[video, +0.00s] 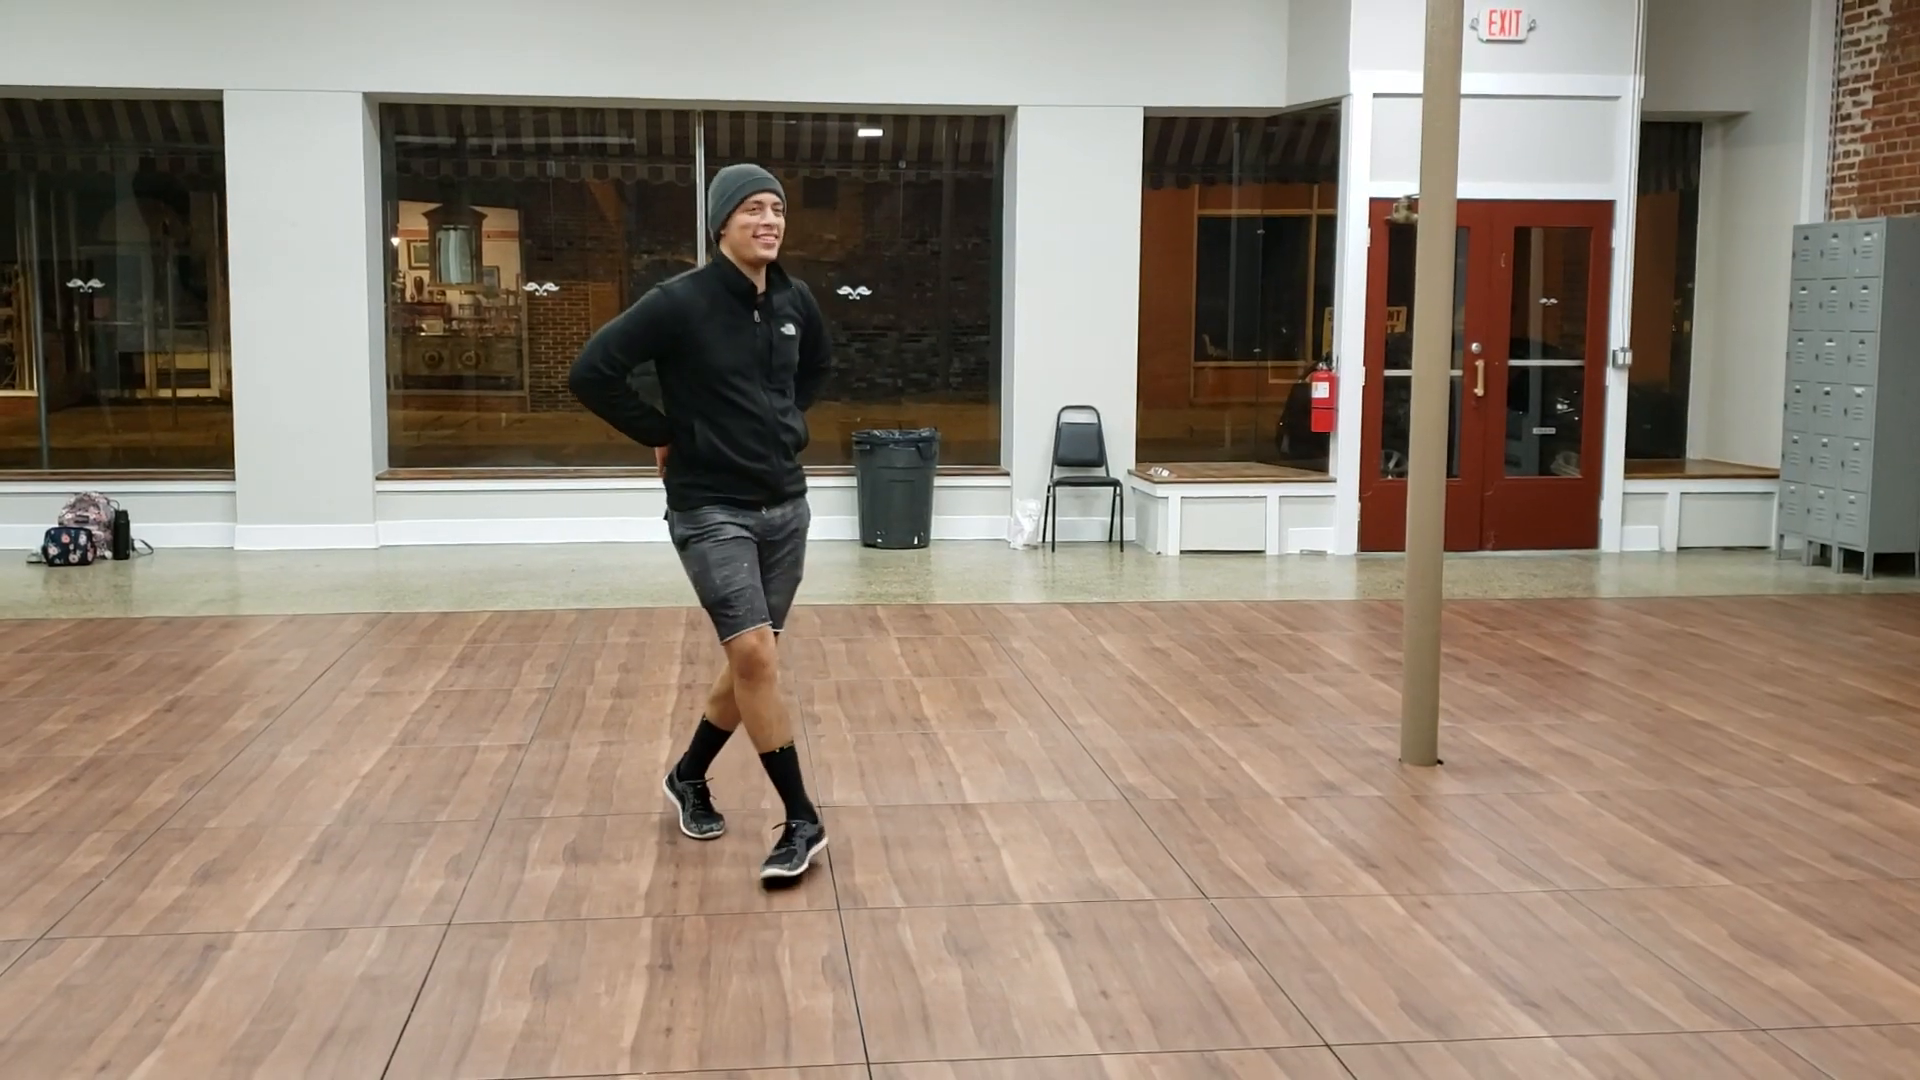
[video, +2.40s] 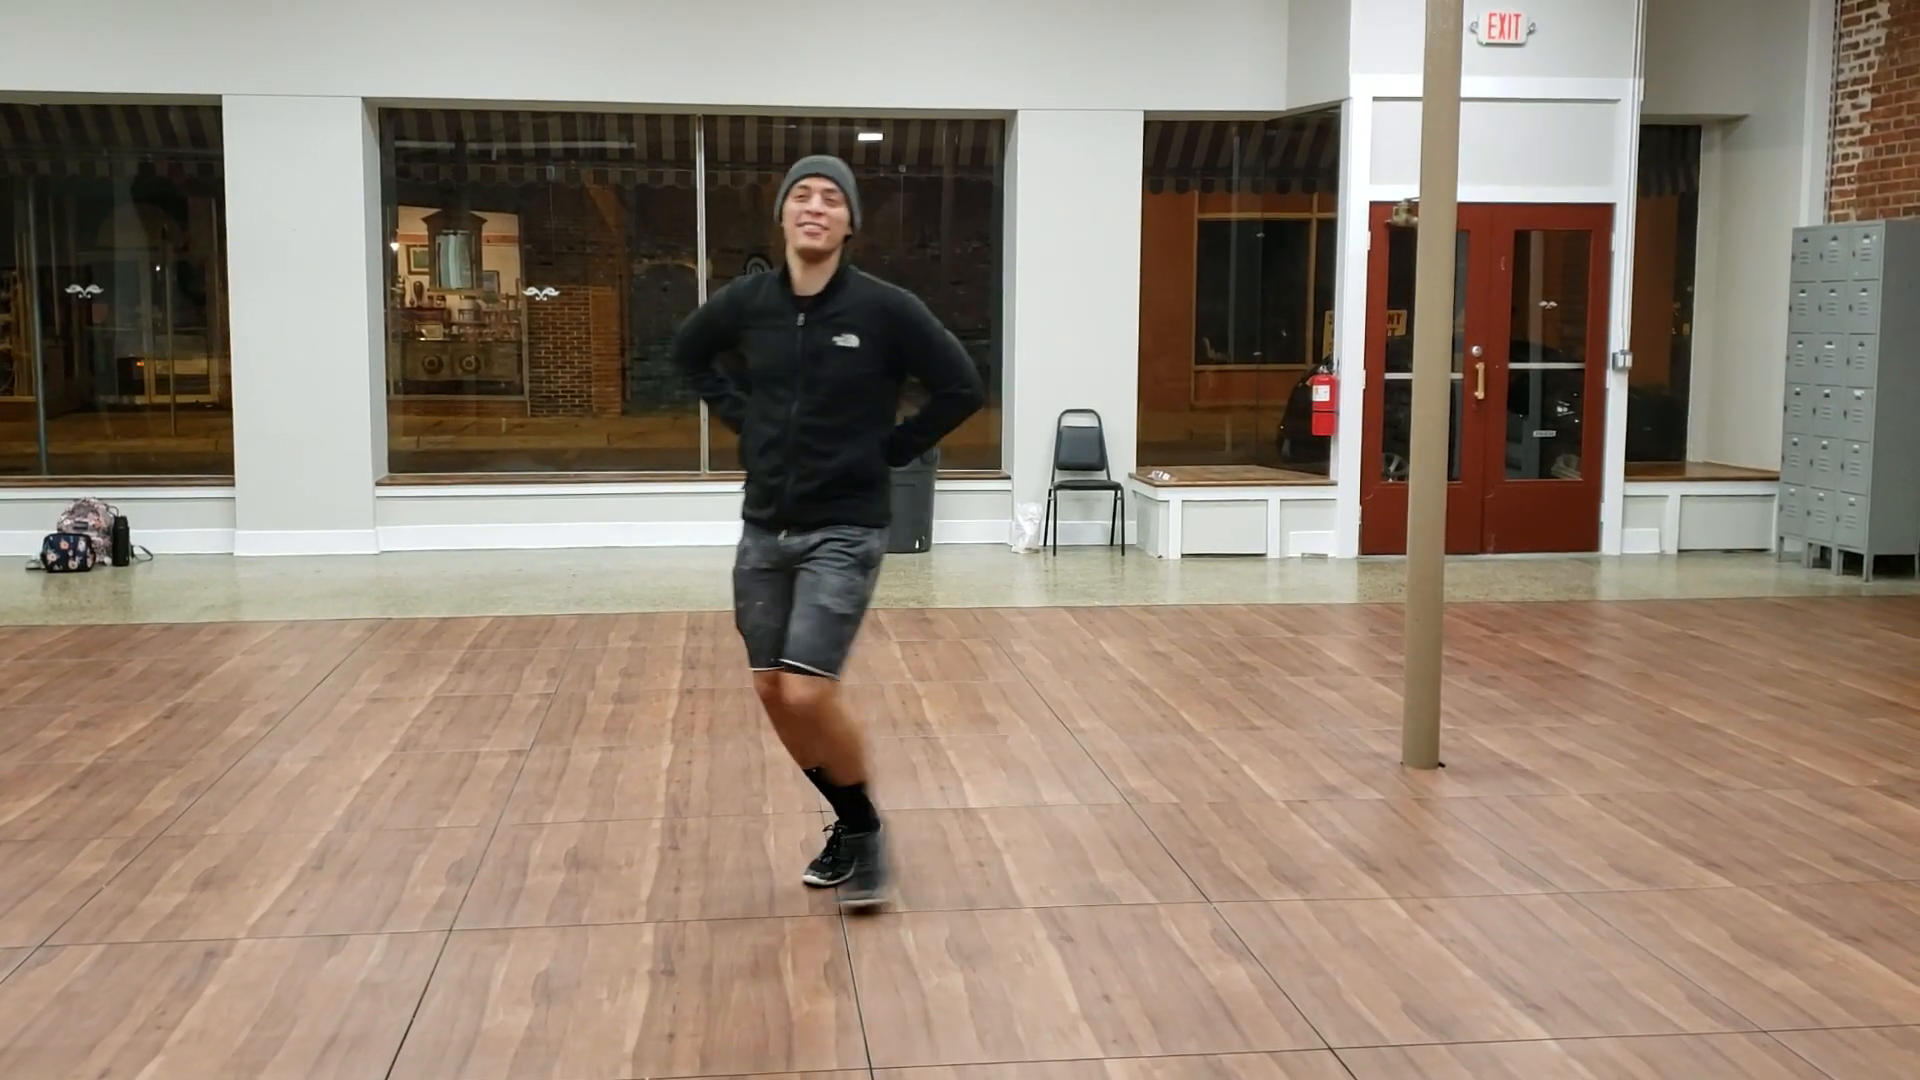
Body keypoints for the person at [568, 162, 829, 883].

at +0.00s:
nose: (769, 220)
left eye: (777, 210)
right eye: (754, 209)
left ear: (783, 226)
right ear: (719, 223)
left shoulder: (794, 302)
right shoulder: (679, 301)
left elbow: (818, 362)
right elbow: (590, 375)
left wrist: (786, 415)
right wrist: (660, 434)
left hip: (783, 504)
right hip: (707, 506)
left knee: (755, 659)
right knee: (753, 652)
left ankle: (688, 774)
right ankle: (801, 818)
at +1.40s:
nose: (863, 252)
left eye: (872, 239)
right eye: (851, 236)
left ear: (877, 241)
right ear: (811, 232)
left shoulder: (895, 300)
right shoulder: (754, 308)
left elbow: (939, 373)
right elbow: (684, 376)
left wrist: (881, 427)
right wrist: (759, 433)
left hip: (866, 525)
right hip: (781, 524)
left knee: (856, 681)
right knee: (799, 678)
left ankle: (773, 753)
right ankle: (823, 838)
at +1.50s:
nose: (867, 245)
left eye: (876, 232)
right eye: (855, 229)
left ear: (880, 237)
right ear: (814, 224)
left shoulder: (902, 297)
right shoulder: (754, 305)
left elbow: (959, 375)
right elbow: (701, 373)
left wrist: (895, 427)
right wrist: (769, 430)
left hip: (881, 523)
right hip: (789, 524)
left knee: (900, 672)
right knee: (804, 676)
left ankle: (851, 774)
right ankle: (822, 837)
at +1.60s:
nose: (872, 241)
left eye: (883, 229)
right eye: (861, 225)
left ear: (890, 234)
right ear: (824, 220)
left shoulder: (915, 297)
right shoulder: (764, 304)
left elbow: (978, 375)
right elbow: (720, 369)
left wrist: (914, 432)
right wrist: (780, 421)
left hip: (898, 523)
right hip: (802, 525)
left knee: (937, 676)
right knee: (811, 680)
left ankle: (947, 808)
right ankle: (824, 838)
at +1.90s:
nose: (918, 249)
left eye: (933, 236)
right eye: (906, 232)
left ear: (946, 247)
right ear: (878, 235)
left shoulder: (974, 320)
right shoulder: (839, 318)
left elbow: (1050, 406)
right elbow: (827, 382)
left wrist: (981, 458)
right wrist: (871, 433)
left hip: (953, 543)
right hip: (858, 538)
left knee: (1002, 695)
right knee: (819, 688)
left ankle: (1065, 841)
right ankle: (834, 826)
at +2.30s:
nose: (852, 205)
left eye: (868, 198)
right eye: (841, 192)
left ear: (884, 222)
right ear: (816, 210)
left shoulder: (912, 305)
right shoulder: (777, 297)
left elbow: (986, 397)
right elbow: (738, 350)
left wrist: (906, 448)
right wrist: (782, 408)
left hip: (874, 529)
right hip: (788, 527)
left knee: (885, 691)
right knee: (787, 680)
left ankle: (983, 817)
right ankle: (851, 817)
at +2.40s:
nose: (815, 207)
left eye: (830, 199)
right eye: (803, 196)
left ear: (850, 222)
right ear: (781, 216)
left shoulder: (886, 306)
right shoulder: (743, 301)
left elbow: (963, 390)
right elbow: (685, 358)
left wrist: (887, 450)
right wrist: (748, 415)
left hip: (845, 526)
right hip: (763, 526)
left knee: (802, 689)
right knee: (773, 691)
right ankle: (848, 822)